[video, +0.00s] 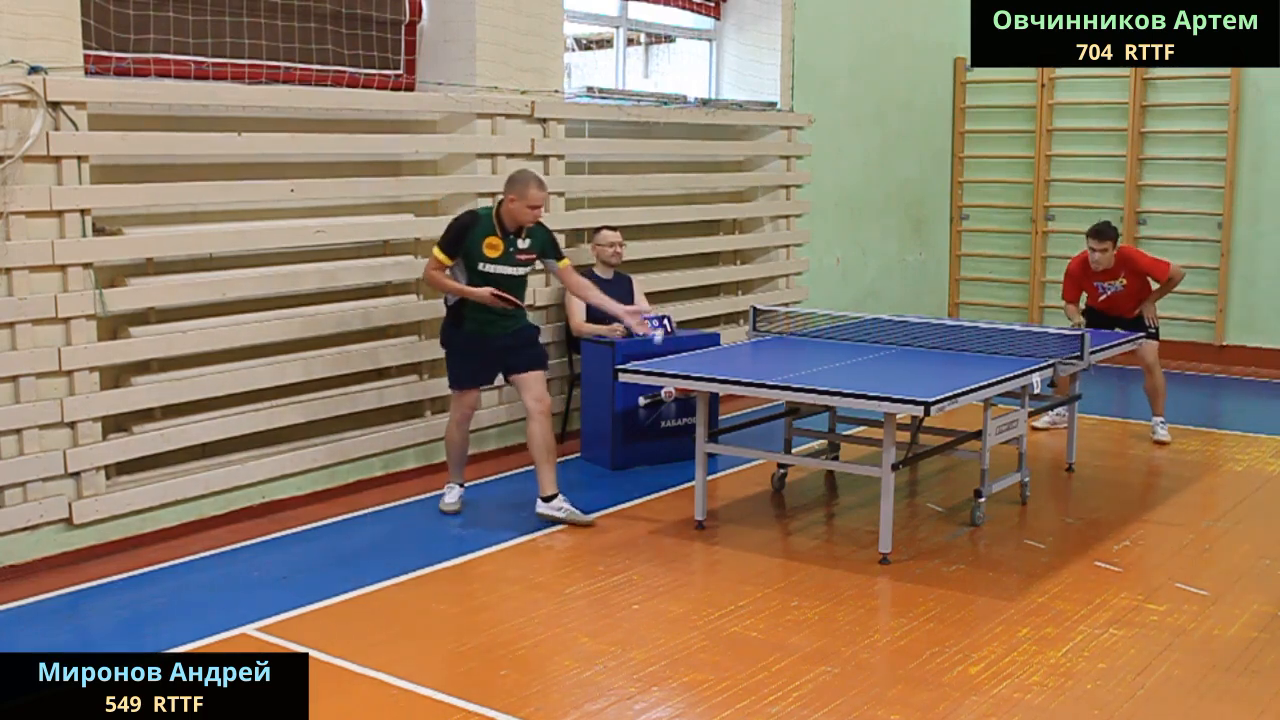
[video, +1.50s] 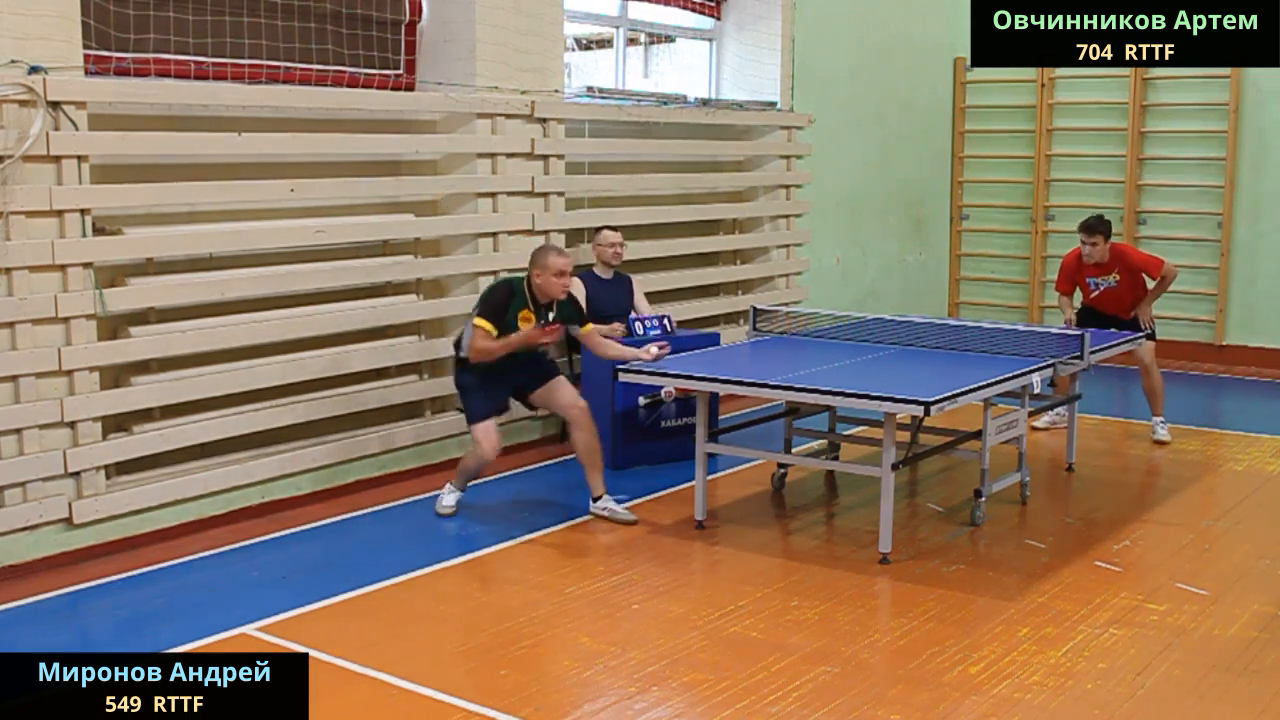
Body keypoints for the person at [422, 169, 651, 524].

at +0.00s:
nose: (539, 216)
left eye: (542, 209)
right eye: (534, 208)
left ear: (537, 205)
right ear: (509, 200)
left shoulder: (538, 236)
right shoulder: (469, 225)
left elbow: (573, 280)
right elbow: (431, 274)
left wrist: (622, 311)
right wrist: (473, 292)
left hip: (515, 329)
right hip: (469, 332)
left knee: (540, 405)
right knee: (463, 411)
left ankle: (549, 497)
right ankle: (454, 484)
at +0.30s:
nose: (543, 223)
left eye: (546, 216)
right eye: (538, 216)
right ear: (516, 208)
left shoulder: (542, 239)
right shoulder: (474, 225)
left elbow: (569, 283)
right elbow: (430, 268)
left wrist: (608, 312)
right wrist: (468, 296)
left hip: (514, 326)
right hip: (468, 326)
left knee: (531, 400)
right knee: (460, 405)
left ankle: (545, 488)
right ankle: (454, 484)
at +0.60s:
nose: (577, 260)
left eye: (581, 254)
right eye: (573, 253)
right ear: (551, 241)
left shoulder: (575, 266)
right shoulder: (512, 248)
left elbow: (595, 309)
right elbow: (482, 309)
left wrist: (623, 341)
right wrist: (529, 337)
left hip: (527, 323)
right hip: (480, 320)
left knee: (534, 401)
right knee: (468, 401)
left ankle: (544, 490)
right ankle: (455, 484)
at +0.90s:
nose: (590, 271)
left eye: (593, 265)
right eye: (585, 264)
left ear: (595, 258)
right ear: (564, 252)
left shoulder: (584, 268)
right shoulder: (533, 262)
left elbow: (609, 309)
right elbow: (529, 330)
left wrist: (635, 334)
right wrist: (581, 351)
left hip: (529, 323)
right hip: (485, 321)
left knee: (537, 400)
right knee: (471, 403)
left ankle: (544, 490)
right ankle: (452, 482)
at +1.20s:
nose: (571, 271)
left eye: (574, 264)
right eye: (566, 263)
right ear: (543, 254)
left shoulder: (565, 279)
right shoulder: (509, 266)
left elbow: (588, 323)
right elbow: (481, 324)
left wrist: (622, 351)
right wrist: (535, 336)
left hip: (516, 328)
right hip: (468, 330)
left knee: (551, 396)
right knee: (468, 416)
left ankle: (553, 483)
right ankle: (451, 487)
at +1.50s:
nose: (568, 282)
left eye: (570, 275)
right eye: (560, 276)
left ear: (570, 274)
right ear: (537, 276)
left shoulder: (565, 302)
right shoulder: (501, 293)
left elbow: (597, 344)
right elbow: (476, 351)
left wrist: (639, 353)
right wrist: (524, 339)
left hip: (526, 361)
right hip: (481, 368)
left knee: (578, 410)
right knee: (488, 450)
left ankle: (599, 498)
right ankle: (455, 487)